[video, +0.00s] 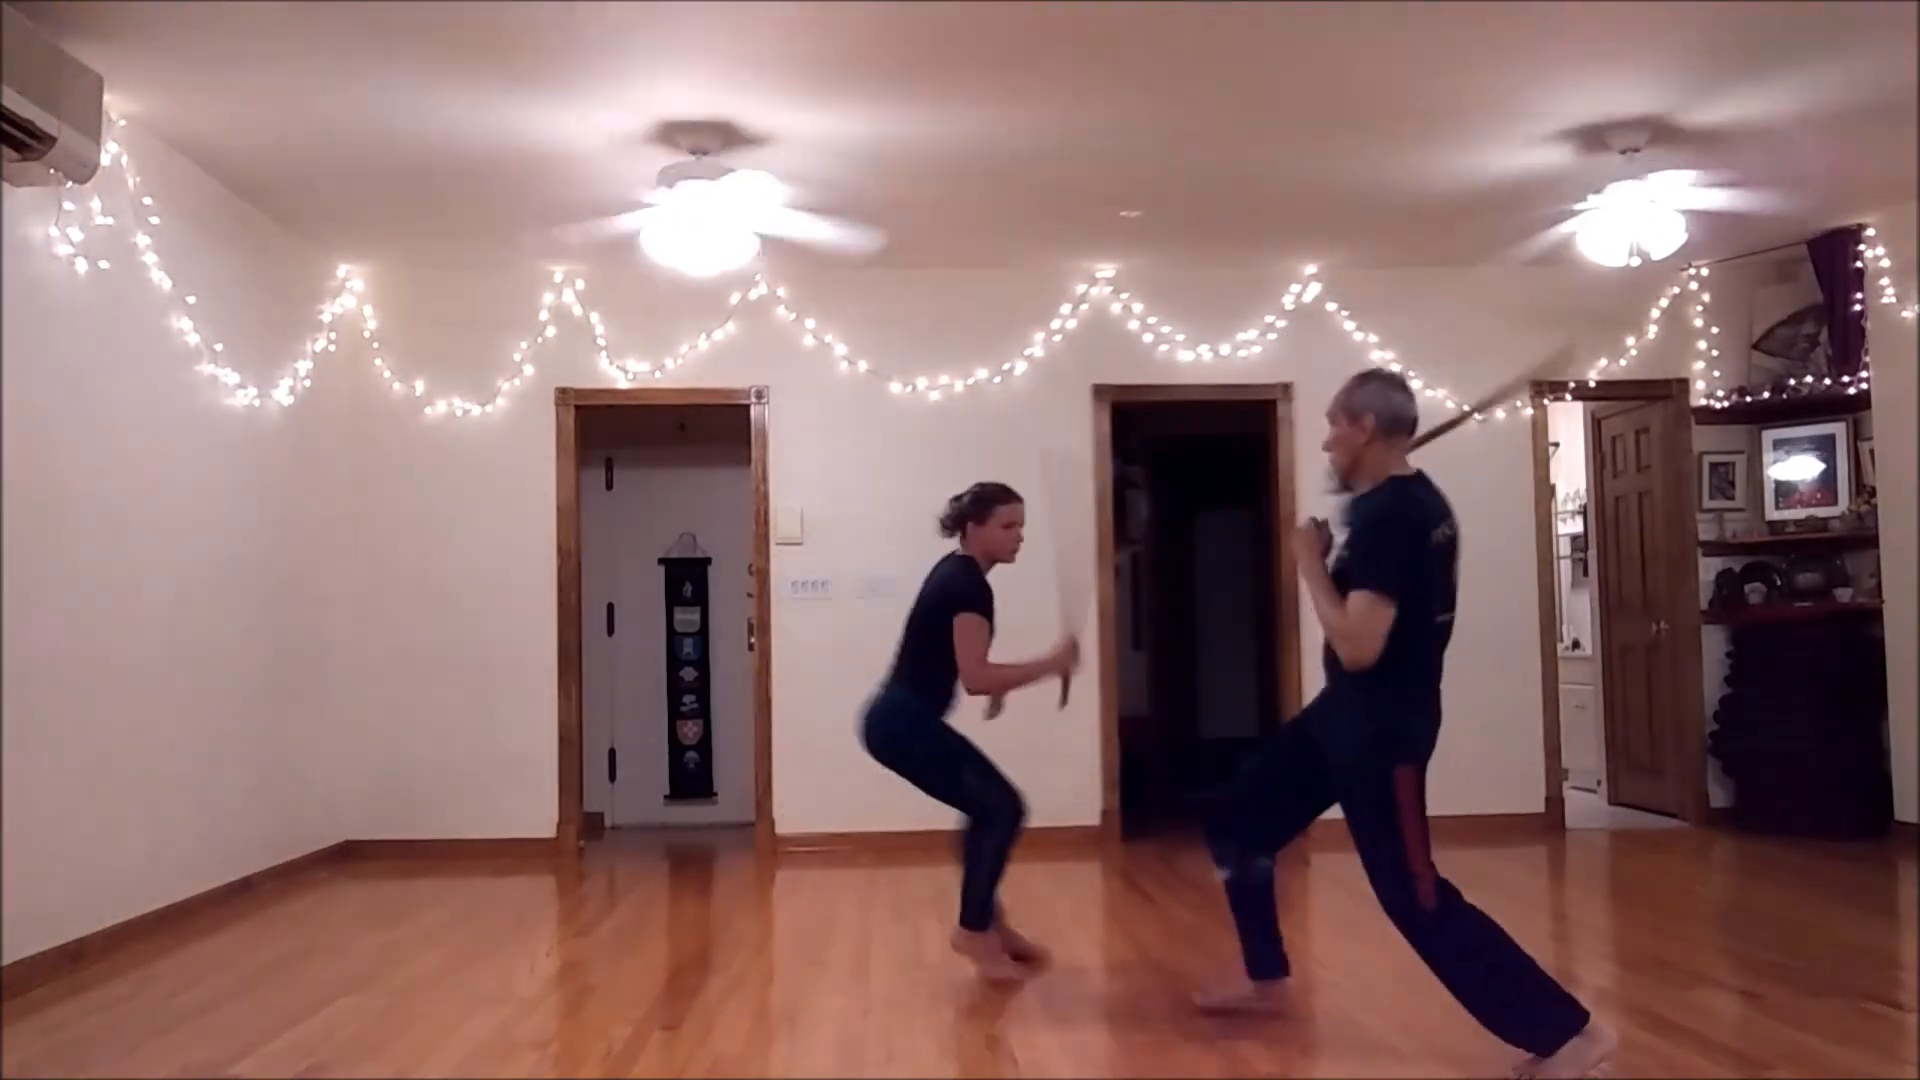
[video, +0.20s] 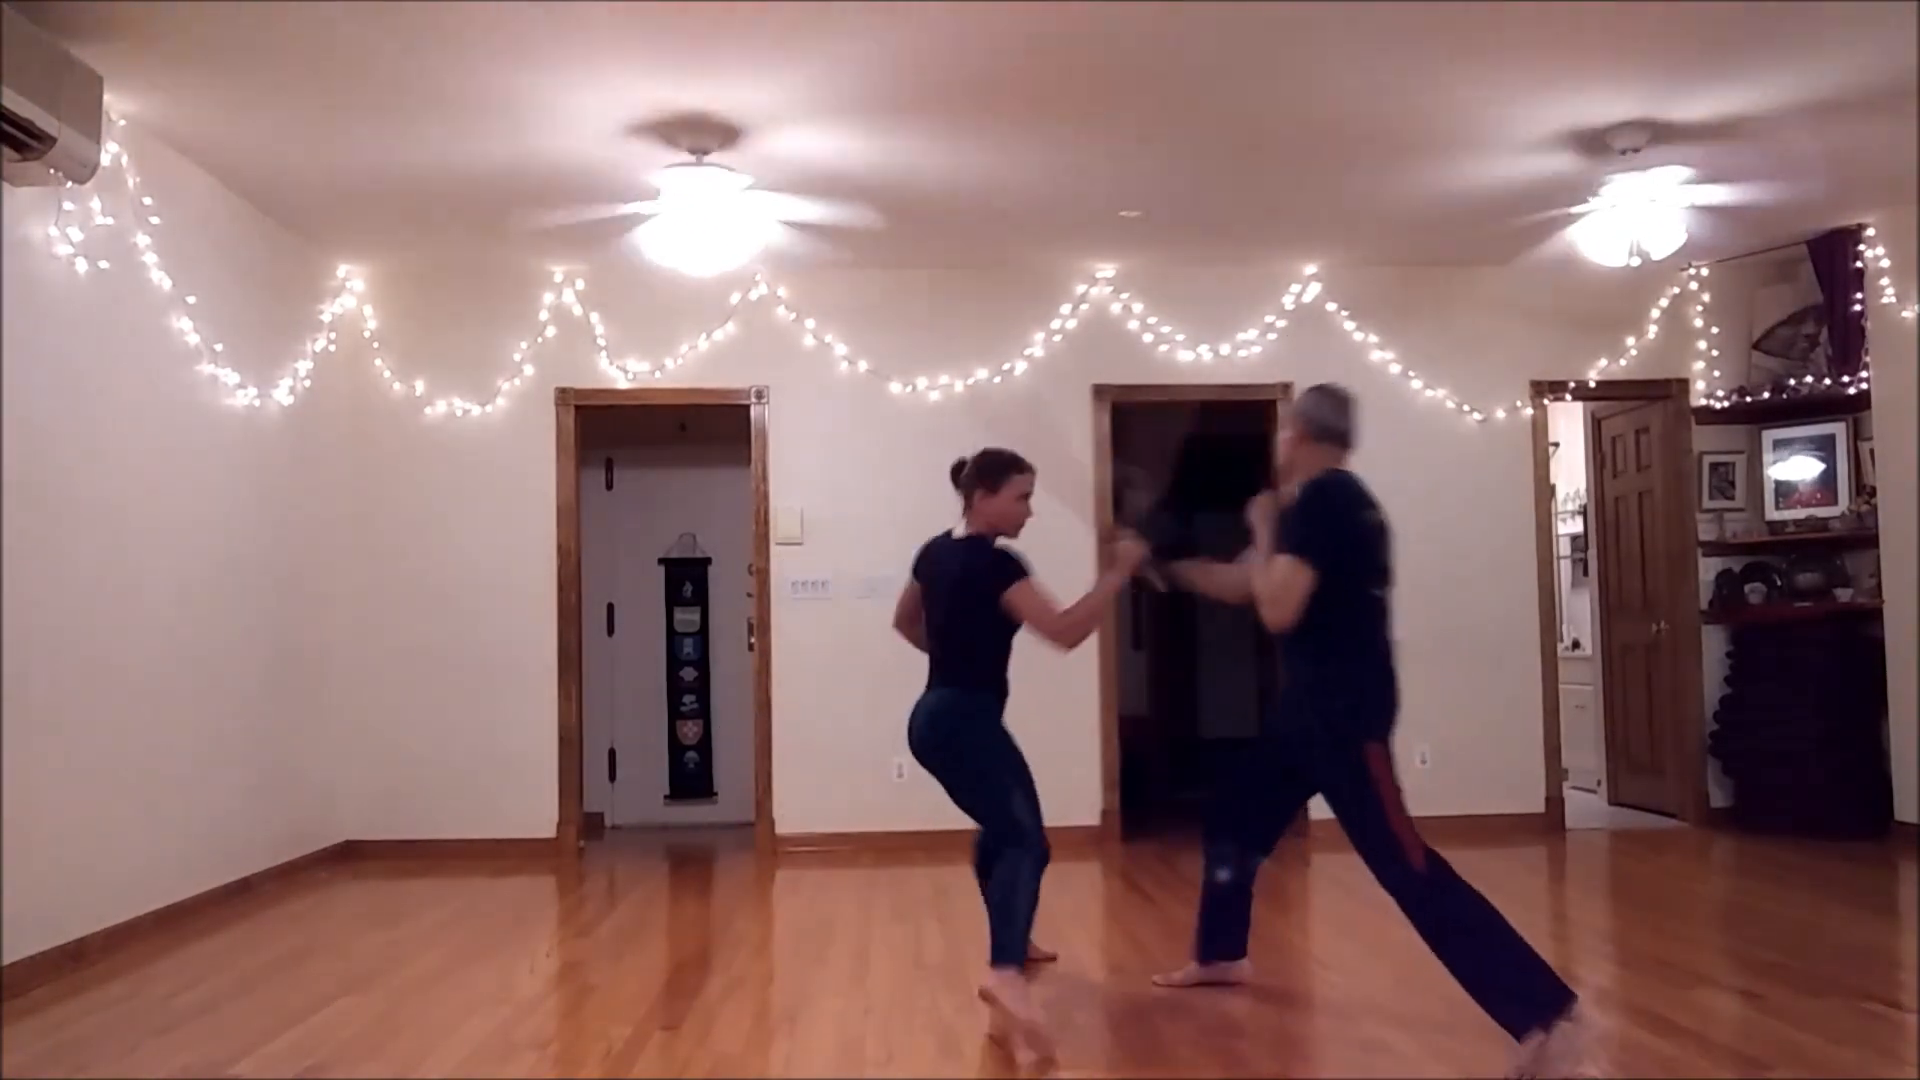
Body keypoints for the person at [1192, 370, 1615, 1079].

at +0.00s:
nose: (1325, 439)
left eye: (1333, 424)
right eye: (1329, 424)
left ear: (1364, 430)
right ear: (1383, 431)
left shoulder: (1394, 511)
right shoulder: (1410, 499)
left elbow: (1358, 646)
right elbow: (1391, 625)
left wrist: (1311, 563)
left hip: (1382, 726)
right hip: (1351, 715)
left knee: (1416, 895)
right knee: (1238, 823)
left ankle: (1568, 1034)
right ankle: (1265, 977)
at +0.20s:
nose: (1277, 441)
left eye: (1282, 430)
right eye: (1282, 430)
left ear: (1299, 435)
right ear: (1335, 439)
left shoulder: (1326, 501)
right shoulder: (1325, 501)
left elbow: (1279, 607)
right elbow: (1251, 579)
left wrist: (1263, 532)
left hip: (1344, 713)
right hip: (1314, 709)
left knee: (1407, 865)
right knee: (1238, 814)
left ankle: (1547, 1014)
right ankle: (1220, 954)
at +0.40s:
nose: (1194, 478)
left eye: (1197, 466)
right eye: (1194, 467)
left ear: (1218, 461)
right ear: (1239, 456)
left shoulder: (1267, 500)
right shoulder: (1241, 517)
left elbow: (1242, 601)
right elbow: (1191, 620)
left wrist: (1206, 546)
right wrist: (1113, 663)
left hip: (1309, 699)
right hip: (1269, 699)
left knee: (1304, 848)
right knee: (1208, 814)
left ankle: (1438, 964)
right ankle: (1216, 958)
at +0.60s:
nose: (1169, 477)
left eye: (1170, 464)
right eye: (1169, 465)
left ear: (1187, 458)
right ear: (1219, 454)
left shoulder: (1241, 497)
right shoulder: (1215, 517)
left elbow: (1215, 593)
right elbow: (1198, 636)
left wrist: (1182, 545)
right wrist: (1131, 689)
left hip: (1279, 698)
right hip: (1233, 699)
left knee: (1289, 840)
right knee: (1188, 823)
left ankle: (1402, 972)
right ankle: (1215, 961)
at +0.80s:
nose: (1159, 473)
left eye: (1160, 459)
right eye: (1157, 461)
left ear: (1182, 450)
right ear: (1206, 450)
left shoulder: (1235, 488)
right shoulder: (1220, 507)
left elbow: (1208, 589)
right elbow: (1207, 634)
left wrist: (1181, 543)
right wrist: (1142, 691)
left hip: (1273, 690)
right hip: (1232, 692)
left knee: (1303, 834)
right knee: (1186, 816)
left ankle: (1400, 975)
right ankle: (1214, 959)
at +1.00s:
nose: (1157, 470)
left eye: (1159, 456)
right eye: (1156, 458)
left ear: (1181, 447)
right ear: (1204, 446)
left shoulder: (1239, 490)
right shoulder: (1222, 507)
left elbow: (1208, 589)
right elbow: (1215, 628)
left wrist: (1178, 539)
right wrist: (1154, 694)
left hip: (1273, 691)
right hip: (1233, 692)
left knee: (1308, 834)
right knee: (1183, 811)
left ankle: (1404, 979)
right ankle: (1215, 959)